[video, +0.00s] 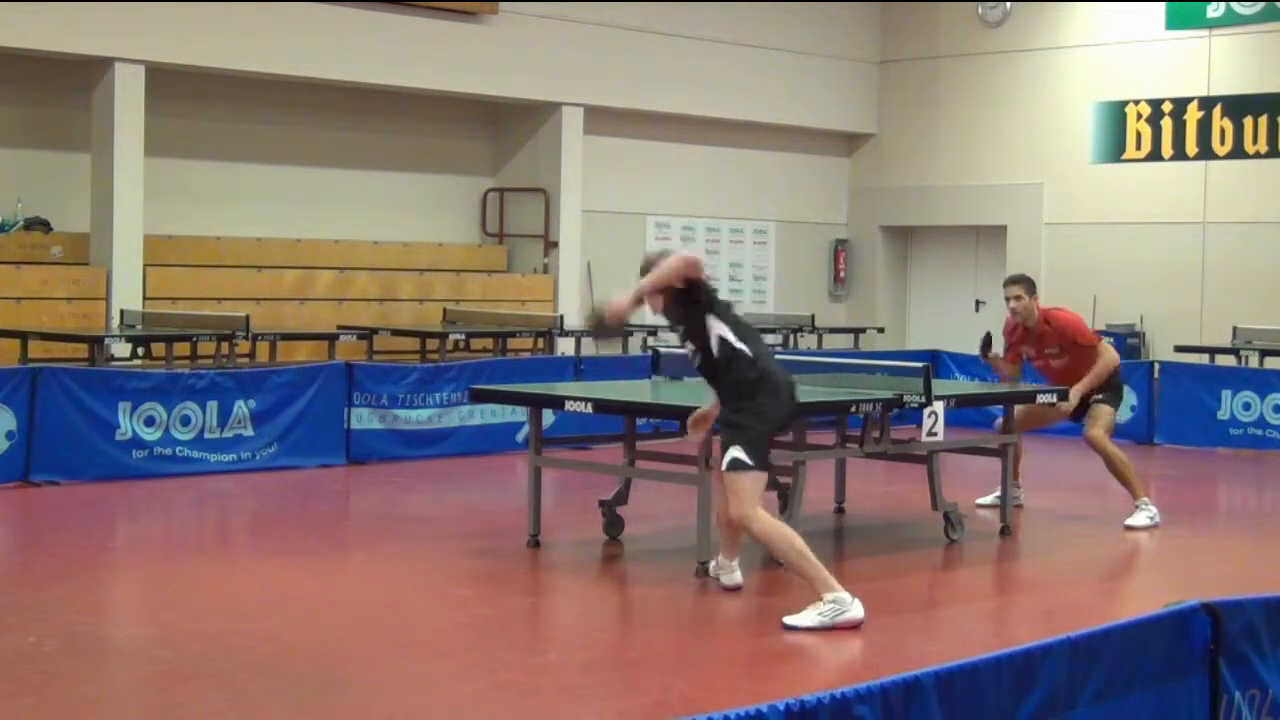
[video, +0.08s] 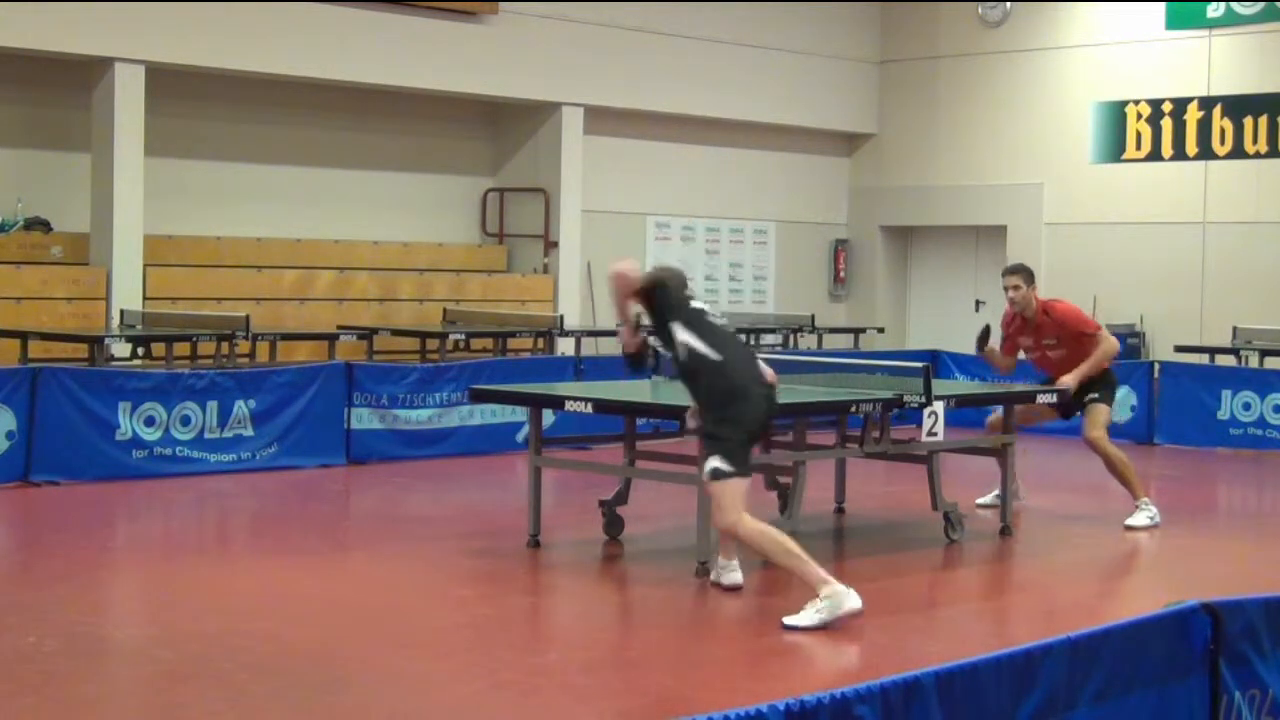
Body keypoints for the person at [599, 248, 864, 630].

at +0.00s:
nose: (648, 301)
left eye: (650, 293)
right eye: (646, 295)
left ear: (666, 286)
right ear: (669, 290)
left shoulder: (696, 304)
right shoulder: (694, 321)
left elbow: (688, 261)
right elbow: (739, 371)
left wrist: (634, 295)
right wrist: (713, 410)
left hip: (759, 399)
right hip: (748, 401)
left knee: (744, 510)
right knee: (725, 473)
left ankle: (837, 598)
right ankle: (728, 565)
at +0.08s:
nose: (643, 303)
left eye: (645, 298)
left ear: (652, 298)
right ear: (682, 294)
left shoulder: (669, 318)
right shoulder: (702, 318)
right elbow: (767, 376)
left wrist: (626, 321)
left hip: (732, 406)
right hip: (755, 399)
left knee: (730, 517)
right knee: (719, 473)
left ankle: (832, 591)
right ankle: (727, 564)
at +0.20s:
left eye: (644, 294)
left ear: (646, 295)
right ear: (683, 301)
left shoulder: (636, 308)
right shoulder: (707, 327)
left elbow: (570, 314)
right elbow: (762, 373)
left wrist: (606, 333)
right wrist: (721, 389)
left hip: (679, 415)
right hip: (722, 413)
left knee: (660, 533)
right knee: (706, 471)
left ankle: (757, 549)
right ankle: (726, 562)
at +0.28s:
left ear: (629, 298)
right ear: (667, 301)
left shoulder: (612, 314)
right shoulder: (691, 329)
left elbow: (543, 332)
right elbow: (743, 369)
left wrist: (589, 351)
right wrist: (701, 390)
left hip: (643, 416)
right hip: (692, 415)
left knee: (602, 519)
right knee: (694, 473)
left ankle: (650, 539)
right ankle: (729, 562)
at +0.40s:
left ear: (582, 290)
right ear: (620, 292)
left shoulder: (561, 313)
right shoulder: (640, 318)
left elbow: (498, 349)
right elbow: (683, 359)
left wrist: (543, 373)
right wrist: (654, 387)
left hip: (577, 415)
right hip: (634, 417)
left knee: (518, 481)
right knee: (677, 478)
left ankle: (470, 559)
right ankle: (725, 562)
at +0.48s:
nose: (580, 285)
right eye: (582, 280)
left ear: (545, 283)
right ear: (584, 284)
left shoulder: (517, 313)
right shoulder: (595, 311)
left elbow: (461, 356)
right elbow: (626, 355)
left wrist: (503, 376)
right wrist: (607, 390)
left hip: (521, 413)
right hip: (578, 412)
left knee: (477, 484)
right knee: (641, 480)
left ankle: (395, 556)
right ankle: (697, 561)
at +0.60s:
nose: (546, 280)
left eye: (541, 275)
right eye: (545, 275)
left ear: (501, 275)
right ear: (538, 276)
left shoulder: (471, 304)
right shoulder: (545, 301)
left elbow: (419, 351)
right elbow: (581, 350)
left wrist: (454, 377)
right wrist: (575, 388)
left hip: (460, 399)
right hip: (511, 397)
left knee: (460, 479)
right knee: (590, 468)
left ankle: (390, 562)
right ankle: (639, 562)